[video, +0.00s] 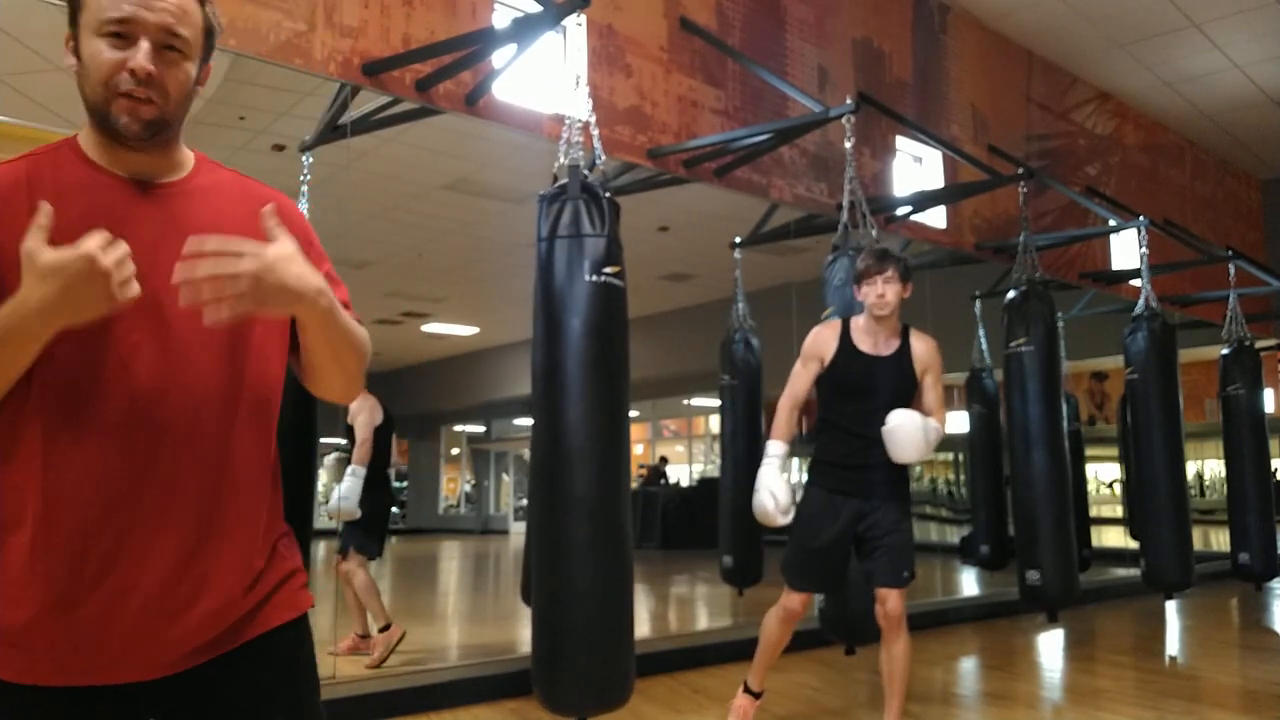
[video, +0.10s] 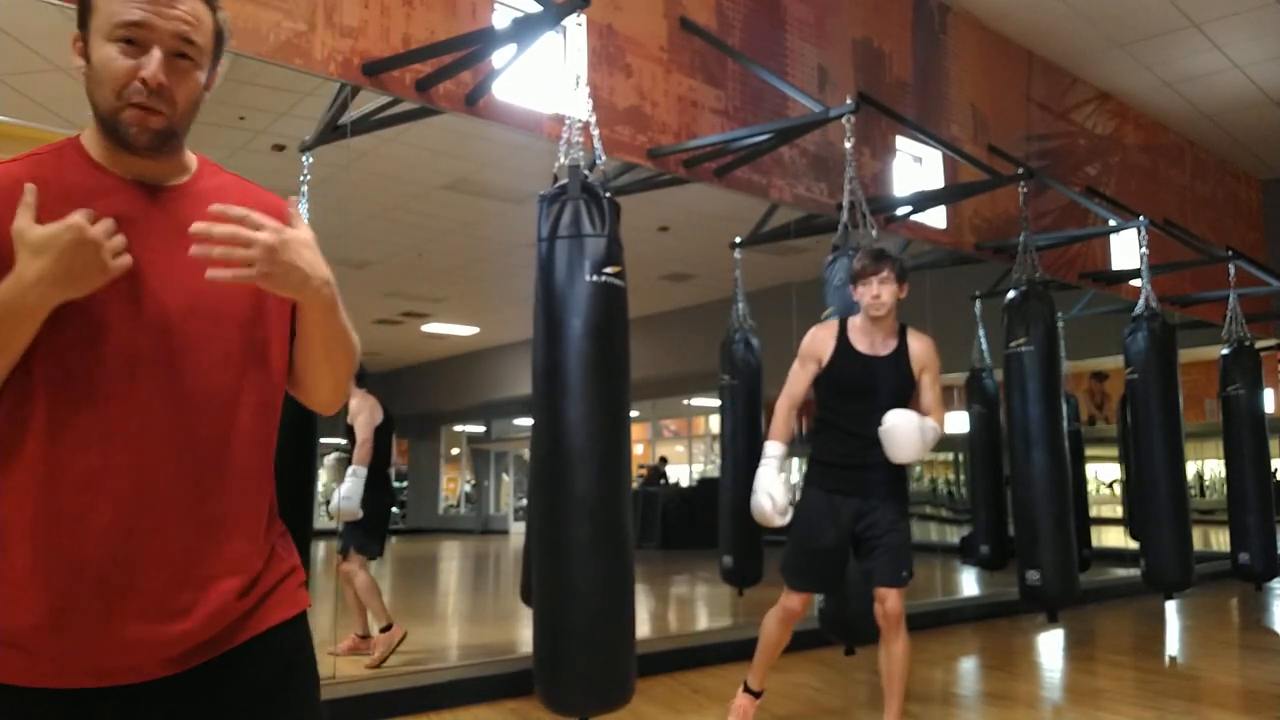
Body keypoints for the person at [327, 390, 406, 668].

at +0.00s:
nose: (338, 381)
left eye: (341, 375)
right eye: (338, 375)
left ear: (350, 374)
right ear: (358, 374)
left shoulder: (363, 404)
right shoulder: (364, 405)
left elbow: (364, 445)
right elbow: (387, 457)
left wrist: (351, 486)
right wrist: (343, 457)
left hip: (371, 490)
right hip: (369, 489)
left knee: (353, 563)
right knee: (344, 565)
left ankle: (386, 628)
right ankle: (362, 635)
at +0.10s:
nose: (333, 383)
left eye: (335, 376)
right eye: (333, 377)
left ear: (346, 374)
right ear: (355, 374)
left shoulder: (363, 403)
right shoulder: (358, 405)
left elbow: (365, 445)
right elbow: (366, 449)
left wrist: (352, 488)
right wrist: (342, 460)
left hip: (373, 490)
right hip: (366, 489)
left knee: (354, 565)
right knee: (345, 566)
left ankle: (387, 629)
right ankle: (362, 635)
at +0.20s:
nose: (333, 386)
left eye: (336, 380)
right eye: (333, 380)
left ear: (346, 378)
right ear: (356, 377)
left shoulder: (364, 404)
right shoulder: (358, 406)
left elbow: (366, 445)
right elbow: (367, 451)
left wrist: (353, 487)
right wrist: (342, 461)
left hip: (374, 489)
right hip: (365, 488)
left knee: (356, 564)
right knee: (346, 565)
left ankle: (390, 630)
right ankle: (362, 635)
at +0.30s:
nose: (351, 378)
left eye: (354, 371)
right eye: (350, 372)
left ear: (363, 376)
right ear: (354, 378)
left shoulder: (368, 406)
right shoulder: (357, 408)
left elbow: (371, 448)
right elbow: (364, 451)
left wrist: (358, 486)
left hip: (378, 490)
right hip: (363, 489)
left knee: (359, 565)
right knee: (344, 564)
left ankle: (395, 635)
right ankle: (363, 636)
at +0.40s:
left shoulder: (374, 398)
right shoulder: (347, 403)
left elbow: (385, 447)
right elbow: (362, 453)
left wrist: (366, 484)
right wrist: (342, 468)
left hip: (381, 486)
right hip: (358, 484)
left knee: (367, 564)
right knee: (342, 563)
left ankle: (390, 639)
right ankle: (362, 634)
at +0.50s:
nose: (354, 364)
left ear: (372, 364)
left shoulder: (388, 395)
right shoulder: (349, 402)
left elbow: (406, 447)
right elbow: (356, 447)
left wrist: (380, 472)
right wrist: (339, 469)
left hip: (385, 485)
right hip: (355, 483)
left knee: (374, 566)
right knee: (337, 564)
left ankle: (389, 641)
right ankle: (357, 628)